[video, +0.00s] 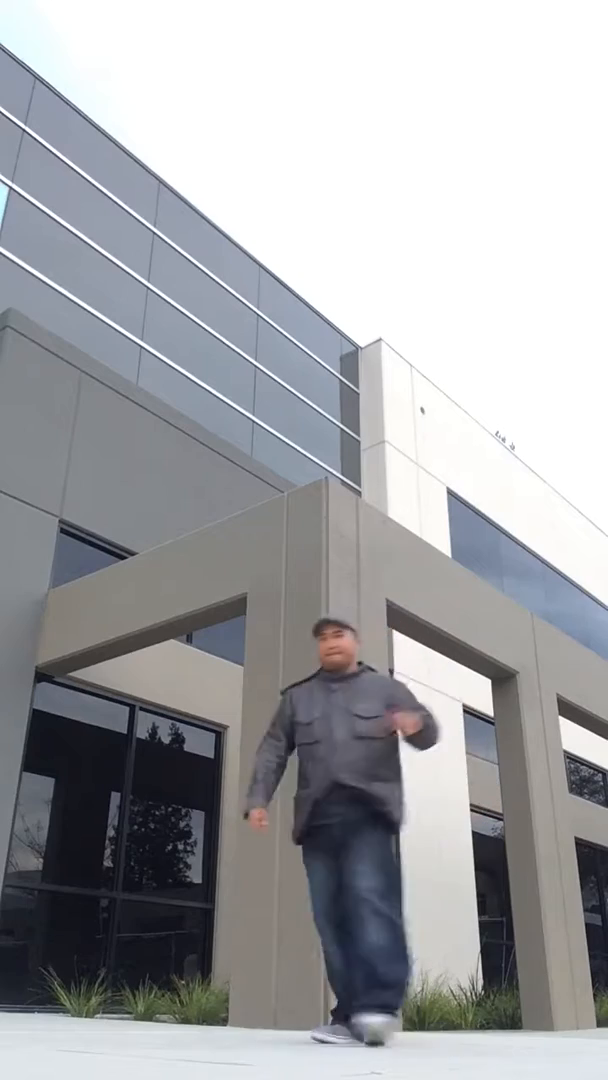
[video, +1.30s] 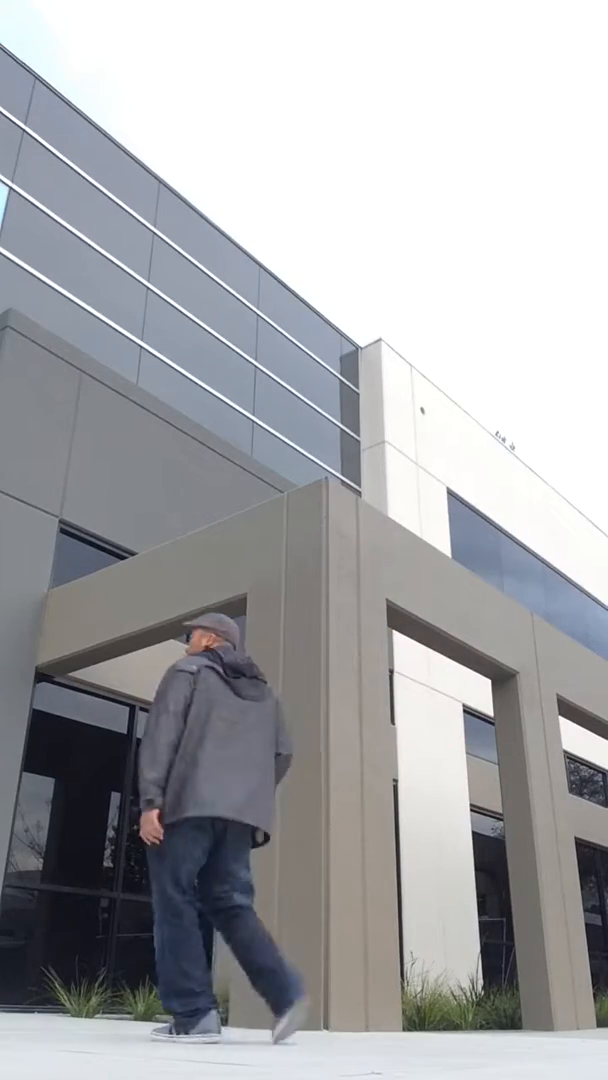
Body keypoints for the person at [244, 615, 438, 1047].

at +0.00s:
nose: (332, 642)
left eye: (340, 635)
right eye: (324, 637)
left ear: (357, 643)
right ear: (316, 649)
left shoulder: (386, 688)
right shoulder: (298, 697)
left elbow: (430, 736)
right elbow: (273, 748)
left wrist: (415, 724)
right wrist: (258, 799)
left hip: (369, 810)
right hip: (318, 814)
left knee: (368, 899)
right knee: (328, 913)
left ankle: (379, 1008)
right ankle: (349, 1015)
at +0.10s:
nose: (307, 650)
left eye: (315, 642)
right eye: (301, 645)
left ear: (337, 647)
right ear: (298, 656)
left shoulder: (365, 689)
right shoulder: (295, 705)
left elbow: (390, 737)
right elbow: (279, 757)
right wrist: (255, 800)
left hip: (347, 815)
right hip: (309, 816)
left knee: (325, 905)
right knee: (319, 907)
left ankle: (344, 1011)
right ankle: (343, 1010)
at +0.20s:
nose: (287, 651)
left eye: (295, 642)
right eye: (283, 645)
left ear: (320, 646)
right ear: (283, 656)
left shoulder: (340, 683)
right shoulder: (299, 699)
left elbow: (346, 741)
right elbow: (289, 767)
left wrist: (286, 759)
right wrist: (264, 810)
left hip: (331, 818)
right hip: (308, 821)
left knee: (284, 898)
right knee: (326, 919)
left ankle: (281, 1010)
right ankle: (354, 1022)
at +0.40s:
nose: (248, 655)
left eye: (253, 646)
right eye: (247, 648)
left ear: (279, 646)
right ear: (280, 649)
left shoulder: (287, 680)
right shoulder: (308, 682)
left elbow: (274, 737)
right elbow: (303, 749)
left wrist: (244, 776)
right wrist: (262, 783)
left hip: (288, 813)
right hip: (318, 813)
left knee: (262, 910)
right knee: (309, 910)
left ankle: (253, 1016)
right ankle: (356, 1014)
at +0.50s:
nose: (232, 663)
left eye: (237, 653)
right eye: (232, 655)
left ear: (262, 653)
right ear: (266, 655)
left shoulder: (262, 685)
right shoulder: (302, 688)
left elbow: (246, 744)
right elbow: (304, 755)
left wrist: (224, 785)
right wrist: (250, 794)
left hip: (271, 809)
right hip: (310, 811)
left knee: (246, 909)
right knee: (277, 906)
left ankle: (251, 1017)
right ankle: (333, 989)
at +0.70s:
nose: (213, 659)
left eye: (217, 651)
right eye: (214, 651)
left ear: (237, 650)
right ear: (248, 652)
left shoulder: (227, 681)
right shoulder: (288, 690)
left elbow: (197, 733)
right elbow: (314, 743)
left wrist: (177, 773)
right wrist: (327, 798)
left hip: (243, 805)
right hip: (290, 806)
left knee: (232, 905)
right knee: (234, 901)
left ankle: (254, 1016)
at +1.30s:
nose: (188, 644)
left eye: (192, 636)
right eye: (190, 637)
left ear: (210, 639)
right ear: (232, 643)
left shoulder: (188, 670)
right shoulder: (262, 689)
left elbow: (161, 735)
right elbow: (283, 753)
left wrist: (150, 801)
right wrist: (250, 796)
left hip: (192, 798)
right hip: (245, 806)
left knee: (174, 905)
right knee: (232, 904)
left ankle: (194, 1014)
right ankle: (286, 996)